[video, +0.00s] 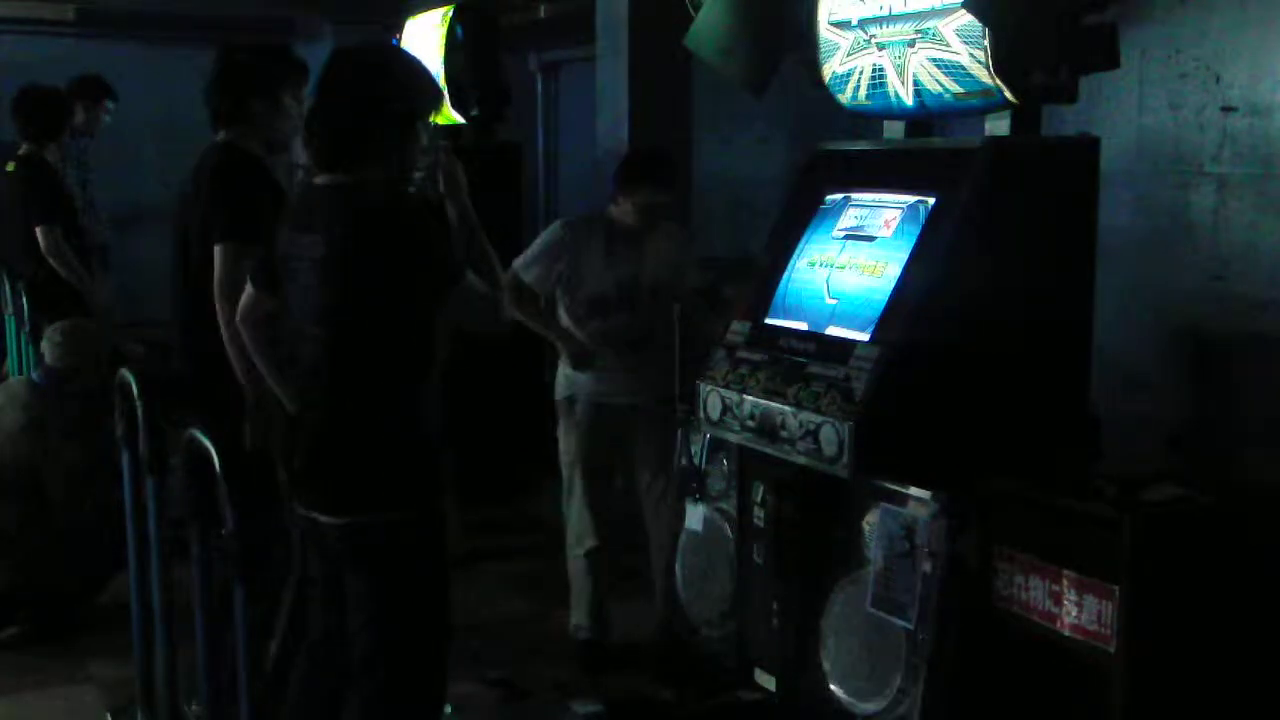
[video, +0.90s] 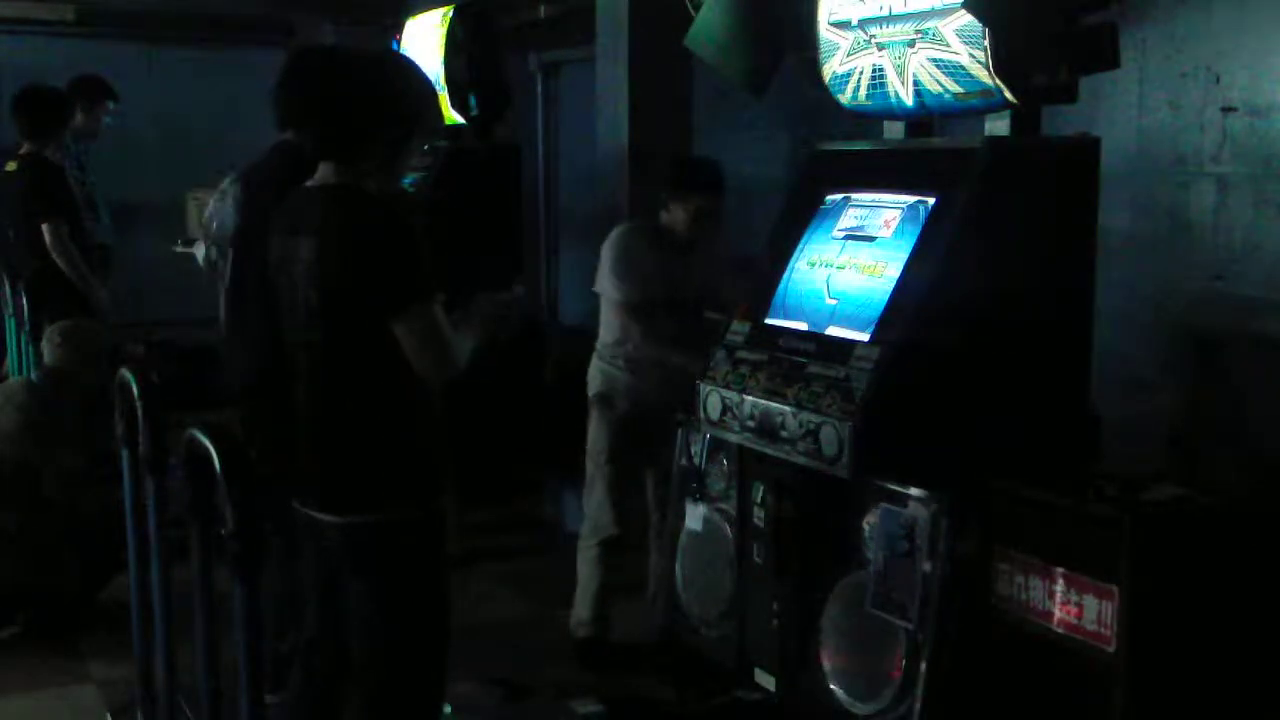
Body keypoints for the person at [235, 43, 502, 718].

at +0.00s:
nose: (424, 138)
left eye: (425, 123)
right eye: (417, 122)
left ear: (330, 118)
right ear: (391, 127)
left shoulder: (306, 205)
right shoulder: (401, 218)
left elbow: (249, 314)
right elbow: (489, 305)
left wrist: (292, 403)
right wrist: (458, 197)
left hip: (316, 449)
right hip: (390, 458)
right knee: (404, 641)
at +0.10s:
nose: (424, 137)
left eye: (423, 120)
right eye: (417, 121)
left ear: (327, 119)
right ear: (390, 125)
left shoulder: (304, 211)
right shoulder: (409, 221)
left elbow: (255, 326)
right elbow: (471, 329)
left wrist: (298, 398)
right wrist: (462, 258)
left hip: (314, 457)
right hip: (391, 465)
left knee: (325, 630)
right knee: (403, 647)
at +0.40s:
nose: (420, 139)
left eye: (419, 124)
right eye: (414, 124)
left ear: (325, 123)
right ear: (391, 128)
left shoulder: (291, 217)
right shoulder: (393, 218)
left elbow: (287, 354)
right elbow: (442, 360)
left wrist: (322, 403)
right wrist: (477, 354)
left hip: (316, 471)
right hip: (393, 479)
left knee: (328, 648)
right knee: (405, 660)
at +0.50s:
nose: (420, 141)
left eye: (420, 125)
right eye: (413, 126)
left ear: (328, 122)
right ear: (388, 127)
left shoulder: (291, 211)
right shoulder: (383, 216)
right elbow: (434, 356)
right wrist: (470, 346)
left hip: (310, 467)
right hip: (385, 479)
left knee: (326, 650)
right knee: (403, 660)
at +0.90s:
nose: (418, 146)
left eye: (419, 130)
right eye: (412, 130)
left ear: (327, 124)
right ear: (387, 128)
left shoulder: (287, 215)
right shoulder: (384, 220)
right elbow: (437, 360)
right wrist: (481, 320)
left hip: (308, 473)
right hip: (387, 487)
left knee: (325, 652)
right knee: (402, 666)